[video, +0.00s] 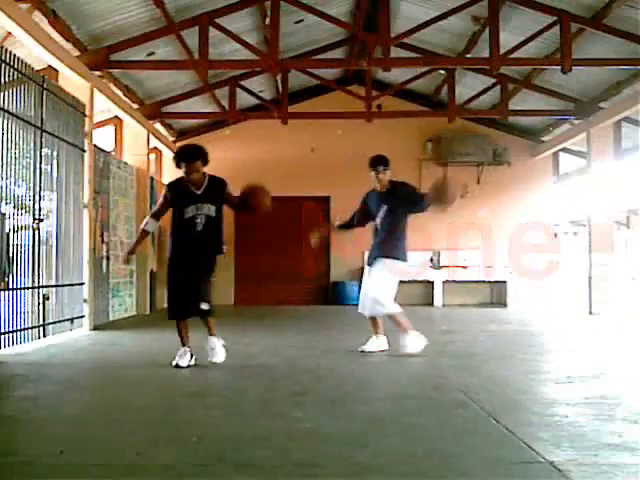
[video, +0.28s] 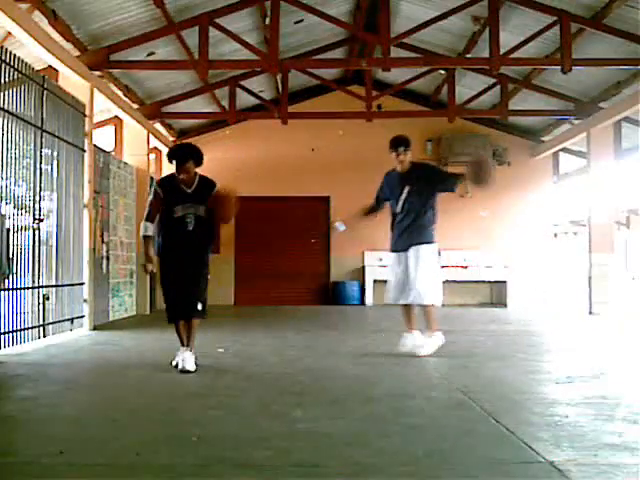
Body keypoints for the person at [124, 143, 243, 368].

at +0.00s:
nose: (191, 176)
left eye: (195, 171)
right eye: (187, 172)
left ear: (204, 168)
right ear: (182, 169)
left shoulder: (218, 186)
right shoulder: (175, 189)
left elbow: (237, 205)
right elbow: (155, 218)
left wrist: (254, 200)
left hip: (206, 252)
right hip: (180, 252)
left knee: (202, 300)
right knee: (178, 302)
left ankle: (214, 339)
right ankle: (185, 348)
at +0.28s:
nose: (182, 176)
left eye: (186, 171)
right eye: (178, 171)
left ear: (196, 167)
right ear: (174, 168)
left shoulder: (209, 188)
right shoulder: (164, 186)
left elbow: (220, 219)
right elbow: (149, 223)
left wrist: (229, 205)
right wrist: (148, 257)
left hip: (197, 254)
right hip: (170, 254)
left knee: (193, 303)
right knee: (174, 303)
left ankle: (190, 350)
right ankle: (183, 347)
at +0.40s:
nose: (181, 175)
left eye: (185, 171)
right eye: (177, 170)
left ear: (195, 167)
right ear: (173, 167)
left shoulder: (205, 190)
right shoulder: (161, 187)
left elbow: (208, 224)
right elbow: (152, 226)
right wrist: (155, 258)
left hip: (196, 253)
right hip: (169, 255)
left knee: (194, 302)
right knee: (174, 303)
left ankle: (189, 350)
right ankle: (183, 347)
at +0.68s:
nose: (169, 174)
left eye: (173, 170)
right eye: (166, 169)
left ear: (184, 167)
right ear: (160, 166)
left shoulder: (194, 190)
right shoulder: (151, 187)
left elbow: (204, 229)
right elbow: (138, 218)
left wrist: (178, 249)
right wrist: (124, 237)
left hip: (191, 252)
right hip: (162, 252)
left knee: (190, 305)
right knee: (157, 304)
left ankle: (188, 352)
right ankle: (160, 345)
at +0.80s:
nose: (160, 171)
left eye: (165, 166)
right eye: (157, 166)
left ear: (176, 164)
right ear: (152, 164)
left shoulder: (190, 187)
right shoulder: (146, 184)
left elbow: (210, 218)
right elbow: (131, 208)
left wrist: (185, 235)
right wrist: (124, 212)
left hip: (185, 254)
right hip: (156, 253)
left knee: (187, 306)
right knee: (143, 304)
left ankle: (187, 353)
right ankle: (136, 354)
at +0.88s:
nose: (151, 167)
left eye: (156, 162)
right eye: (148, 162)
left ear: (167, 161)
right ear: (143, 161)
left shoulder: (182, 184)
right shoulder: (137, 184)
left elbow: (211, 207)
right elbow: (113, 203)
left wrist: (197, 226)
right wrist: (98, 202)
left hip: (177, 255)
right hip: (148, 255)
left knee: (183, 306)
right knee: (134, 306)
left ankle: (186, 353)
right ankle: (125, 356)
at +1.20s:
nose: (130, 171)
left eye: (135, 166)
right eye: (126, 166)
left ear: (145, 160)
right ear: (120, 163)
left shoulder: (161, 181)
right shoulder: (115, 184)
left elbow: (184, 209)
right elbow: (103, 215)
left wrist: (183, 230)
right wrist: (91, 217)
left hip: (157, 254)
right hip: (128, 255)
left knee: (161, 307)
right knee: (123, 309)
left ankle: (175, 345)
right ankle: (124, 357)